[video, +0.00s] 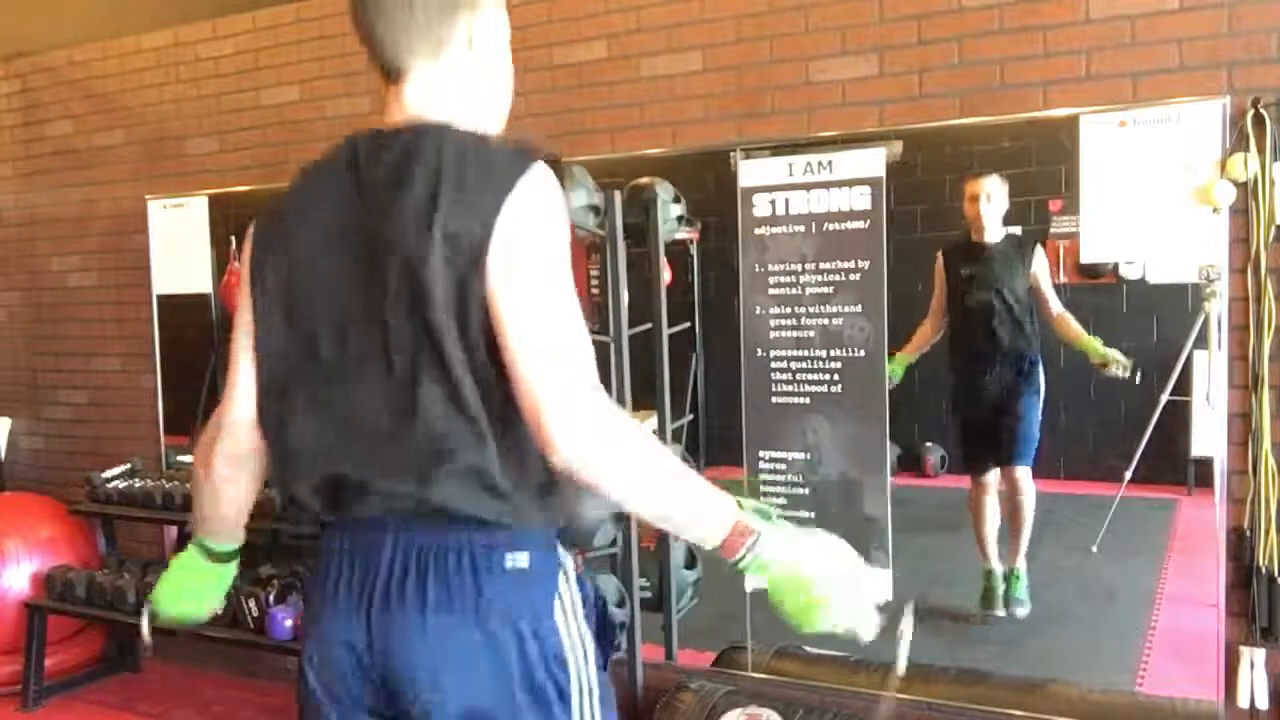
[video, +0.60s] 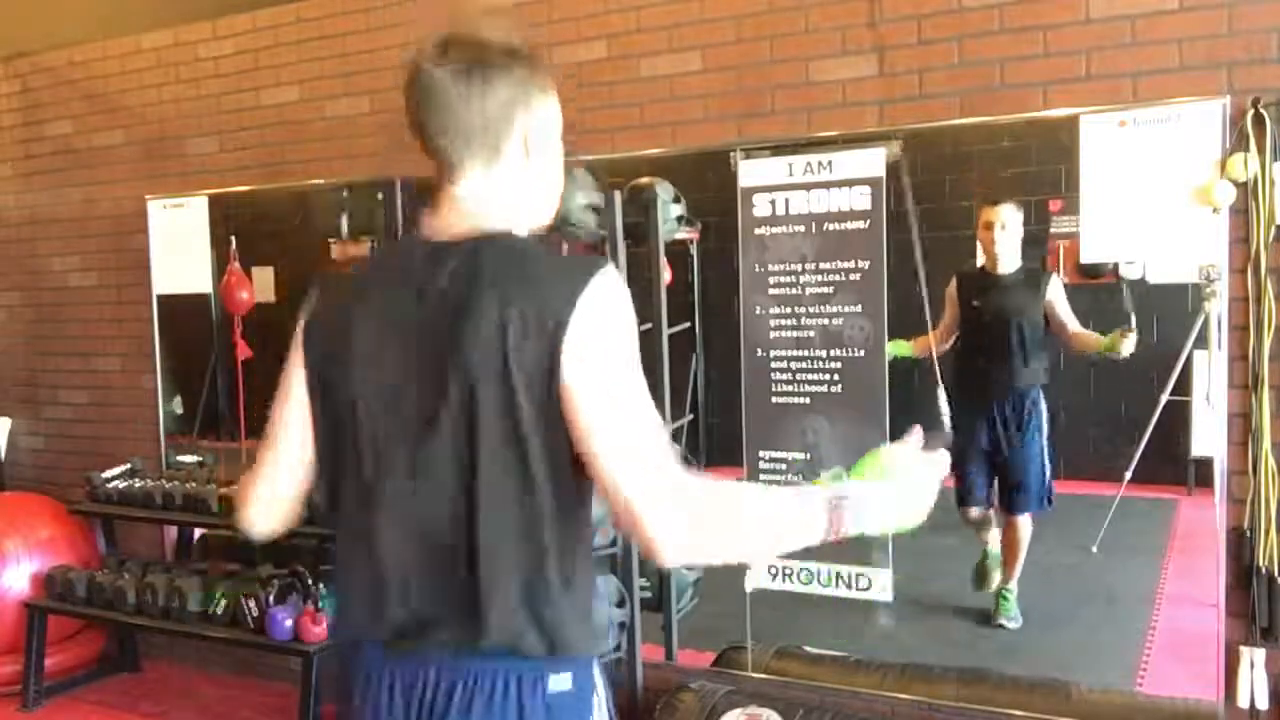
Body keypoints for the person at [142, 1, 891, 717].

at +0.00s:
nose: (511, 69)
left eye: (504, 45)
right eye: (503, 45)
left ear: (383, 58)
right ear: (479, 44)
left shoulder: (280, 223)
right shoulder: (508, 184)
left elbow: (236, 433)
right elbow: (574, 430)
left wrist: (212, 550)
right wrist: (755, 541)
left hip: (340, 583)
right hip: (492, 585)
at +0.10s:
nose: (514, 142)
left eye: (508, 116)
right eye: (508, 115)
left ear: (382, 128)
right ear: (482, 118)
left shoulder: (295, 280)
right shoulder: (507, 257)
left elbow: (224, 514)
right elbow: (583, 505)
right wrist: (777, 516)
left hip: (354, 642)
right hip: (501, 644)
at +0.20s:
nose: (523, 154)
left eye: (516, 128)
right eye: (518, 127)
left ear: (386, 135)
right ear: (495, 128)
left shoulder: (293, 298)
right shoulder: (517, 277)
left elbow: (218, 504)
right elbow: (605, 515)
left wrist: (335, 438)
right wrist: (789, 500)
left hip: (349, 677)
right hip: (502, 676)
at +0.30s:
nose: (535, 75)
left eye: (531, 49)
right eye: (529, 48)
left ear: (402, 57)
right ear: (506, 49)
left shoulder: (305, 225)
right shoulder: (530, 195)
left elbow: (239, 440)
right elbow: (598, 446)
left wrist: (232, 529)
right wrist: (775, 534)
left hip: (356, 597)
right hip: (506, 599)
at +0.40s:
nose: (544, 78)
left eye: (541, 52)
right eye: (539, 52)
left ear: (414, 54)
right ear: (512, 47)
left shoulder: (310, 219)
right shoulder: (541, 186)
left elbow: (260, 434)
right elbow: (603, 435)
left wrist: (237, 534)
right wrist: (779, 555)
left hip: (364, 584)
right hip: (517, 590)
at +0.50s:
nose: (557, 137)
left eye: (549, 115)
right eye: (551, 114)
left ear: (417, 127)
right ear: (525, 117)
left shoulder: (325, 279)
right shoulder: (556, 267)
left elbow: (261, 506)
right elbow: (627, 506)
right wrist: (829, 529)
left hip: (381, 644)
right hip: (533, 647)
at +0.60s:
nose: (562, 155)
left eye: (556, 135)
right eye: (557, 134)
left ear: (428, 145)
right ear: (535, 140)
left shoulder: (333, 309)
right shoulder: (572, 293)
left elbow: (261, 511)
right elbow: (669, 523)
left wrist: (359, 429)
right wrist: (857, 503)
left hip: (372, 678)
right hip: (531, 683)